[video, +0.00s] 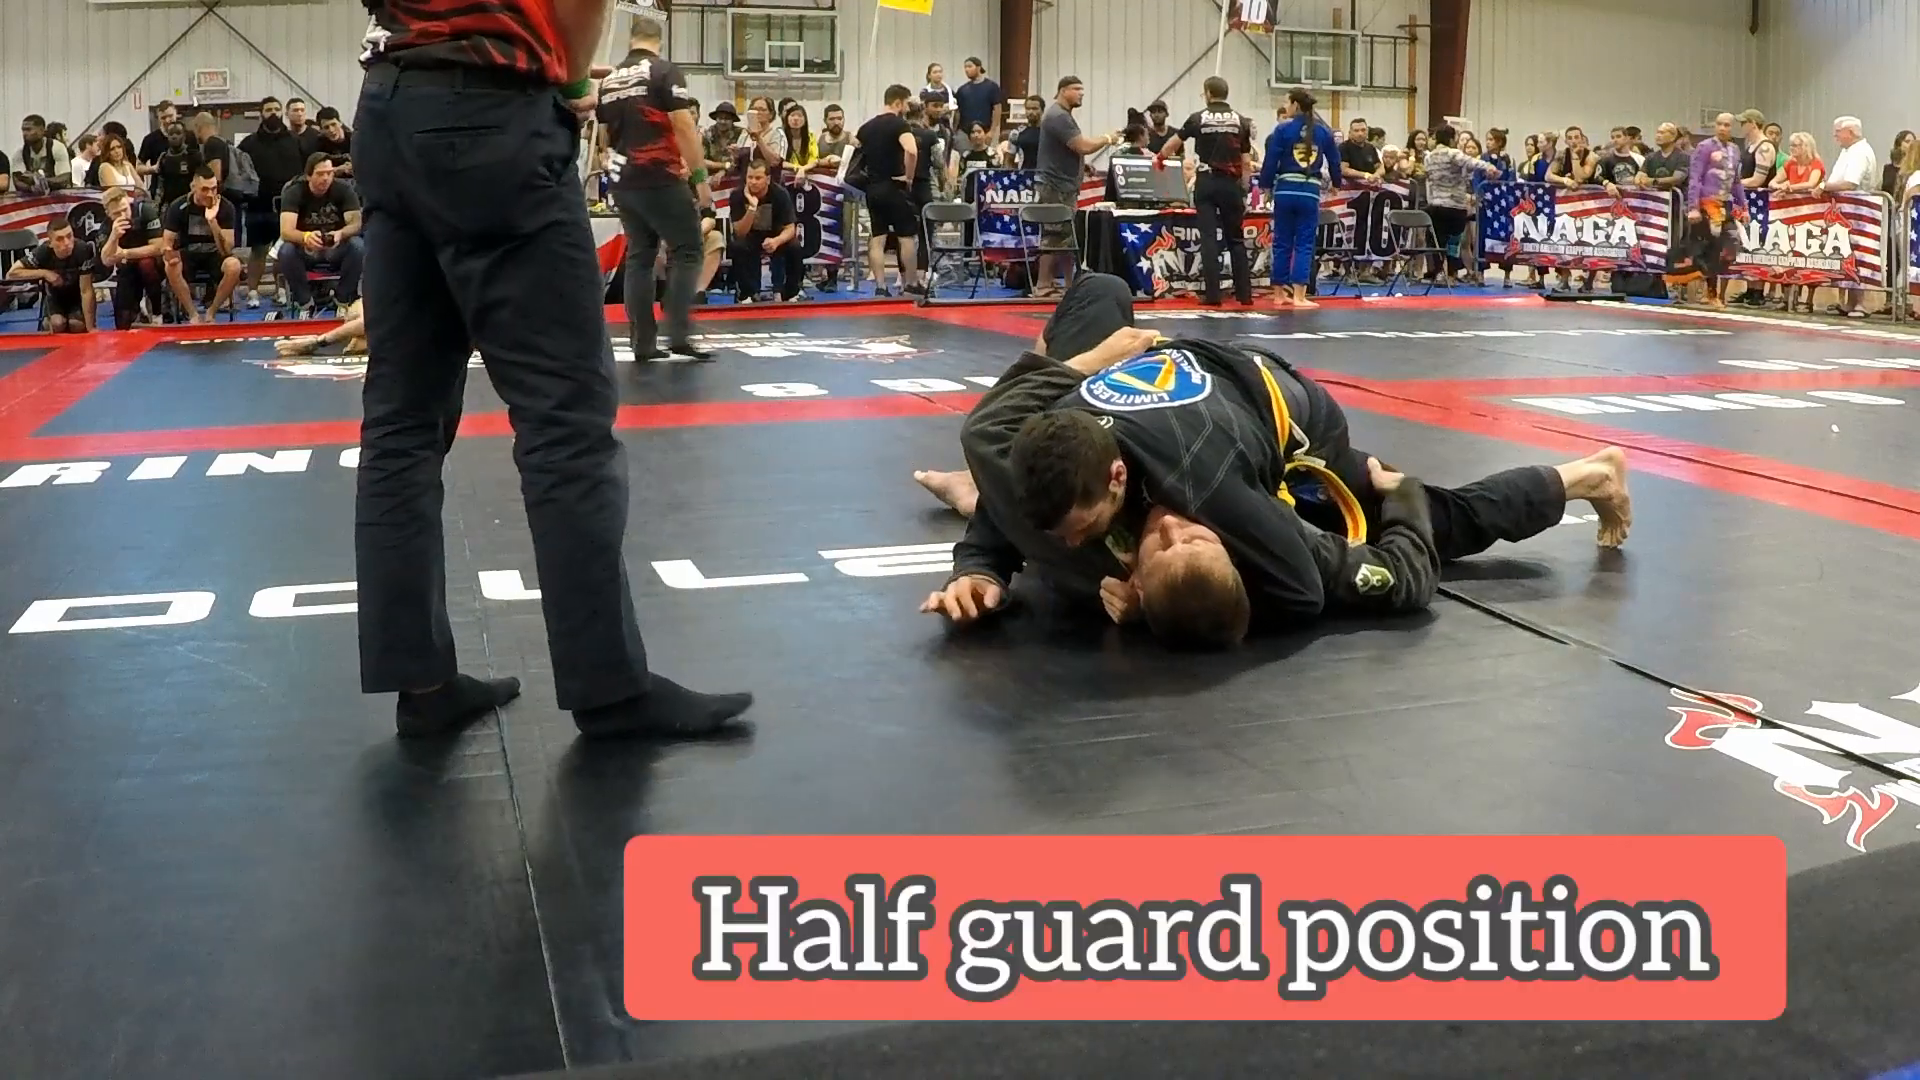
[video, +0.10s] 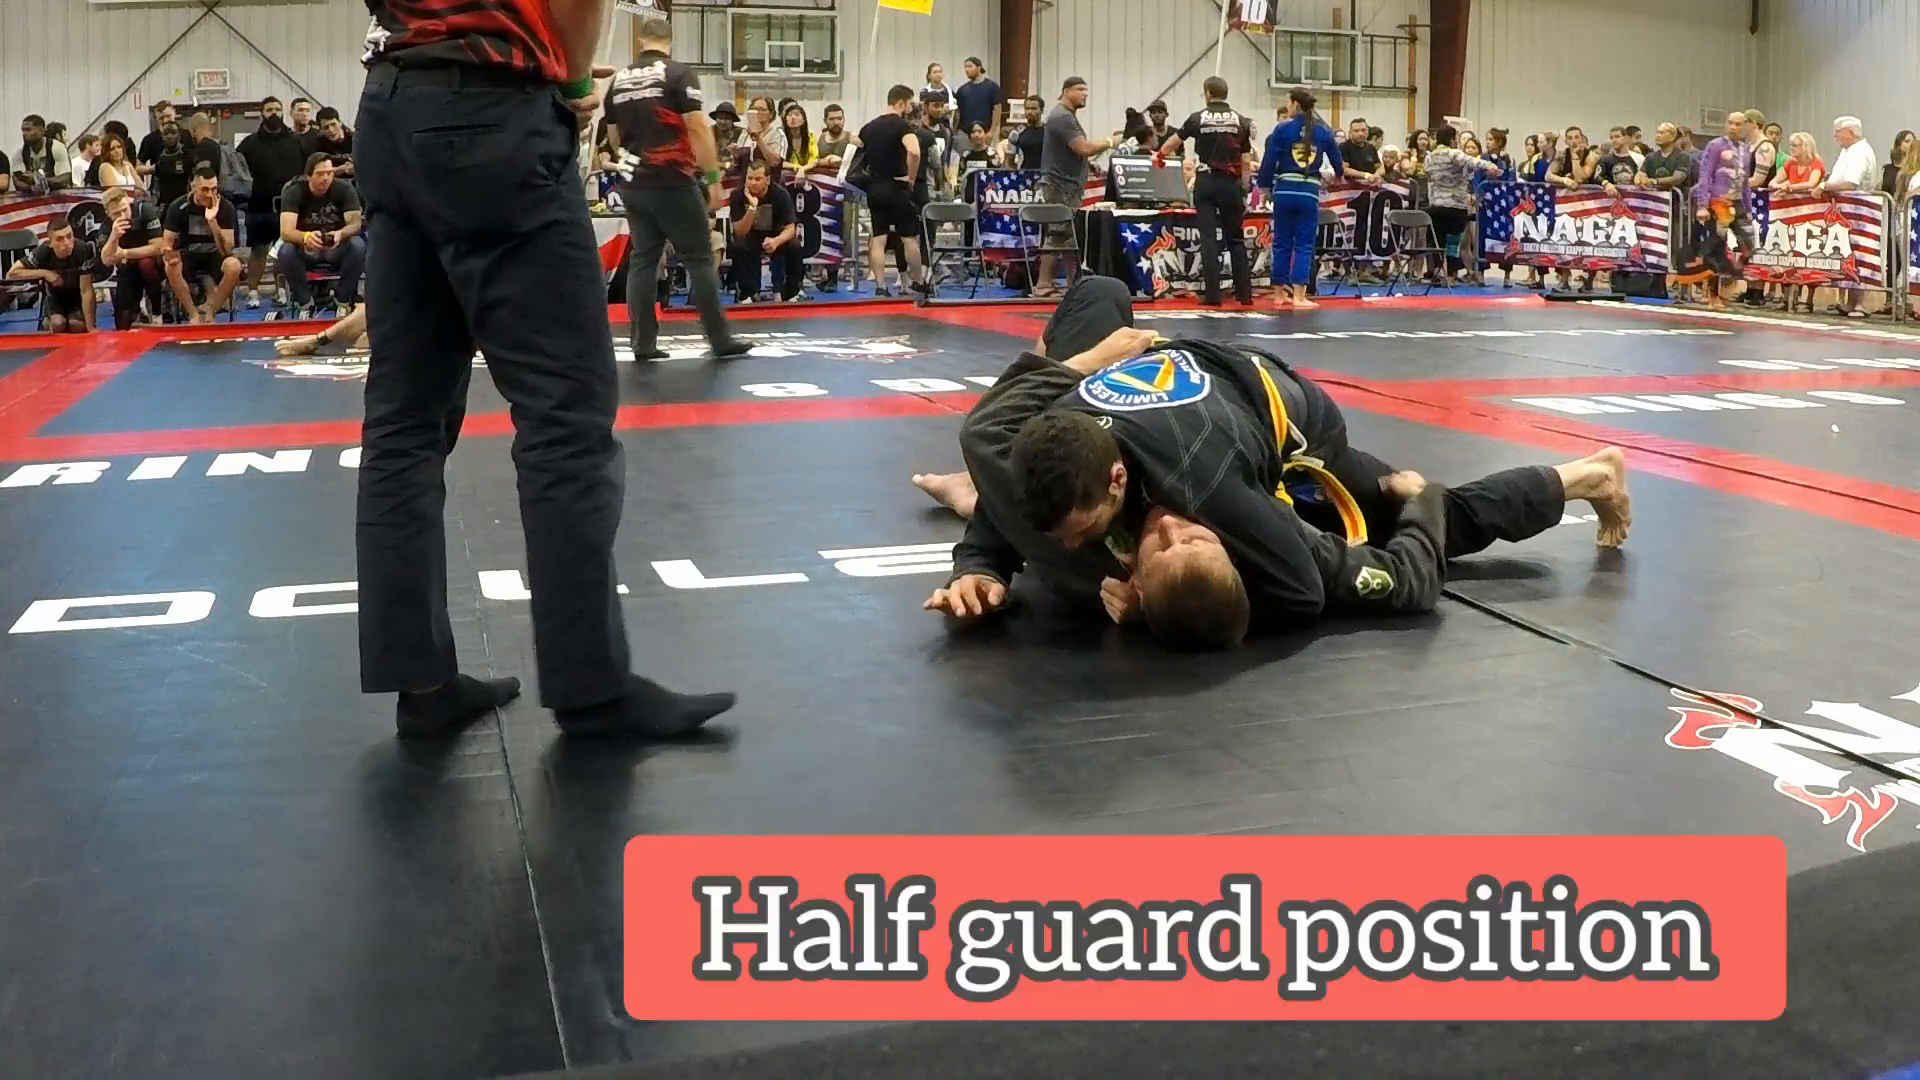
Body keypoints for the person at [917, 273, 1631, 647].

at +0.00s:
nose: (1068, 543)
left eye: (1092, 536)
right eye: (1055, 536)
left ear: (1115, 482)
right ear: (1016, 485)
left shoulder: (1201, 493)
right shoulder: (1012, 455)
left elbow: (1309, 595)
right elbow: (996, 534)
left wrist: (1142, 604)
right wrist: (976, 573)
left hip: (1287, 415)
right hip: (1193, 358)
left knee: (1416, 529)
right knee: (1093, 289)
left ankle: (1588, 474)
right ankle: (985, 533)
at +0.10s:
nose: (1064, 543)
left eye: (1080, 536)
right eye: (1050, 536)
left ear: (1114, 487)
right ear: (1017, 485)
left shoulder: (1200, 489)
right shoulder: (1014, 454)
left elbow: (1306, 598)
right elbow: (995, 533)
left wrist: (1148, 603)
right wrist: (979, 571)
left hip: (1279, 406)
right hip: (1181, 357)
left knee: (1403, 513)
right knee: (1091, 290)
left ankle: (1588, 476)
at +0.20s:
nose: (1162, 536)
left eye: (1102, 541)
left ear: (1118, 500)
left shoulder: (1201, 494)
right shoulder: (1012, 460)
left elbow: (1306, 594)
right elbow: (996, 536)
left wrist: (1145, 605)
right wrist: (978, 574)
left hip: (1273, 403)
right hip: (1172, 356)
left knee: (1407, 518)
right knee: (1086, 292)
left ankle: (1583, 477)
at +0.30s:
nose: (1171, 534)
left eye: (1137, 546)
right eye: (1181, 543)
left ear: (1118, 511)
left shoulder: (1201, 491)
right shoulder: (1010, 462)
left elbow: (1307, 591)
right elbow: (994, 538)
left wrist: (1134, 598)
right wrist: (977, 573)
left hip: (1271, 401)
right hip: (1173, 354)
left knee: (1414, 522)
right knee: (1080, 292)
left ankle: (1580, 476)